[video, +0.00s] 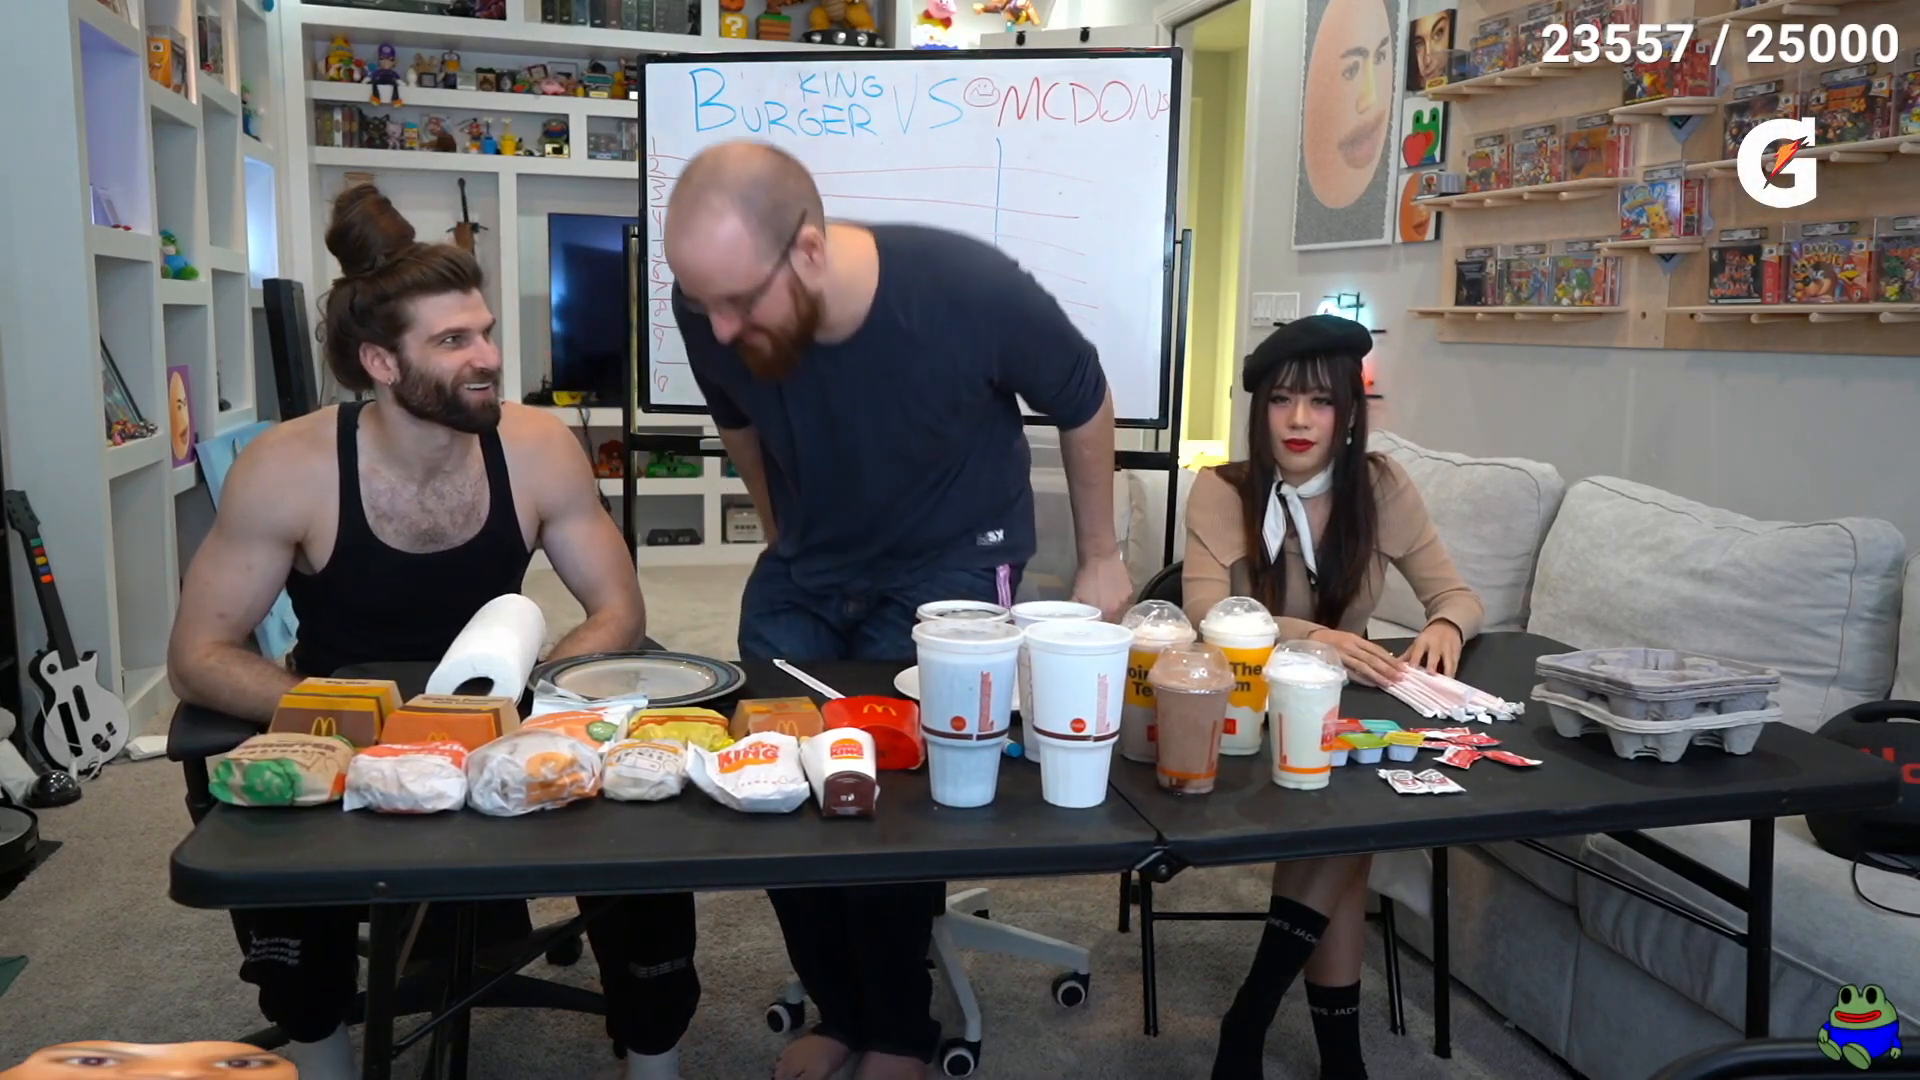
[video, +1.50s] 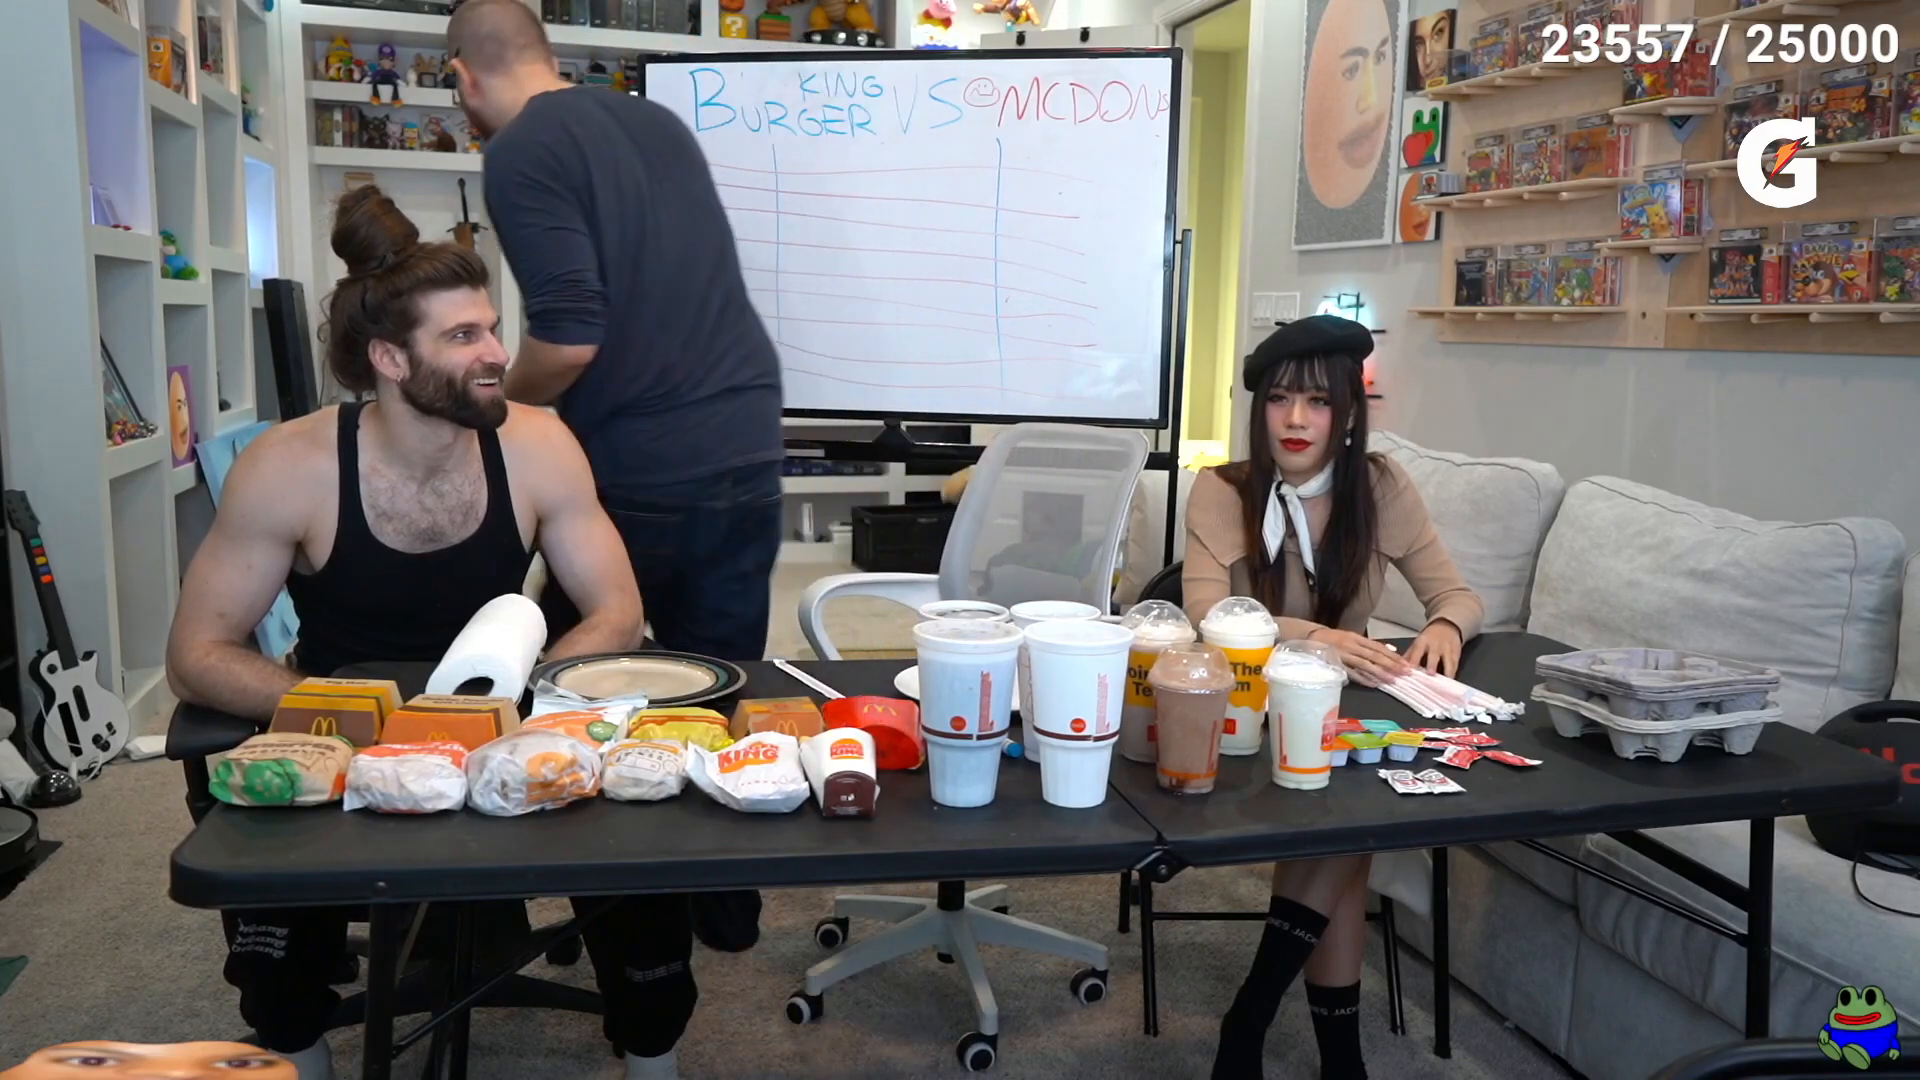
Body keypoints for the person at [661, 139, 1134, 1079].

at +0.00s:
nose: (724, 330)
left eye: (741, 301)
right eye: (703, 305)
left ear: (808, 249)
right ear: (681, 266)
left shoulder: (968, 289)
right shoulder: (706, 311)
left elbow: (1082, 398)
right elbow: (741, 427)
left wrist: (1099, 554)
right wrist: (783, 542)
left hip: (944, 581)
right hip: (807, 577)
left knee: (882, 811)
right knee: (772, 796)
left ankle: (900, 1040)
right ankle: (834, 1019)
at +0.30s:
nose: (690, 139)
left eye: (695, 114)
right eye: (678, 117)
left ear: (768, 83)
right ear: (762, 88)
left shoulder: (965, 177)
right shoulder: (747, 167)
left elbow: (1075, 360)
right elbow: (761, 340)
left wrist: (1059, 539)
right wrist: (774, 481)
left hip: (915, 538)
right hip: (784, 521)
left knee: (859, 794)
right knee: (751, 773)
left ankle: (897, 1028)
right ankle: (826, 1006)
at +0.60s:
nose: (653, 80)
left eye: (645, 51)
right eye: (640, 58)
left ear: (698, 19)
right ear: (707, 19)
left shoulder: (891, 126)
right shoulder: (762, 130)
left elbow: (998, 344)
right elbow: (814, 333)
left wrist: (935, 535)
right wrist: (788, 484)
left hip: (878, 528)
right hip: (781, 510)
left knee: (861, 788)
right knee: (725, 742)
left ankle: (894, 1026)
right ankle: (785, 977)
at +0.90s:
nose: (602, 86)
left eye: (589, 56)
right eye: (588, 64)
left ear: (621, 23)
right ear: (650, 18)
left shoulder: (783, 93)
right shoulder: (741, 111)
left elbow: (885, 311)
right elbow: (793, 318)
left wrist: (758, 463)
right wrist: (753, 464)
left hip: (860, 481)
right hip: (794, 478)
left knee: (809, 734)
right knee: (692, 691)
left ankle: (897, 1022)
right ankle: (724, 941)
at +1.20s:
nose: (550, 83)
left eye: (544, 56)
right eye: (544, 61)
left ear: (570, 28)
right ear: (627, 18)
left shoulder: (679, 109)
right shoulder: (714, 97)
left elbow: (712, 322)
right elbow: (752, 301)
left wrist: (607, 359)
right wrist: (639, 360)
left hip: (754, 466)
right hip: (774, 457)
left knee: (773, 734)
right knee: (725, 703)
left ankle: (887, 1002)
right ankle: (720, 914)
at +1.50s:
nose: (462, 110)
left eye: (455, 92)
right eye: (457, 94)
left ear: (465, 75)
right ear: (548, 51)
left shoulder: (523, 154)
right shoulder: (658, 122)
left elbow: (570, 334)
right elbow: (689, 280)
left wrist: (496, 413)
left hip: (642, 473)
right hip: (746, 458)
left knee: (627, 689)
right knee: (728, 684)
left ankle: (631, 915)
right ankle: (727, 902)